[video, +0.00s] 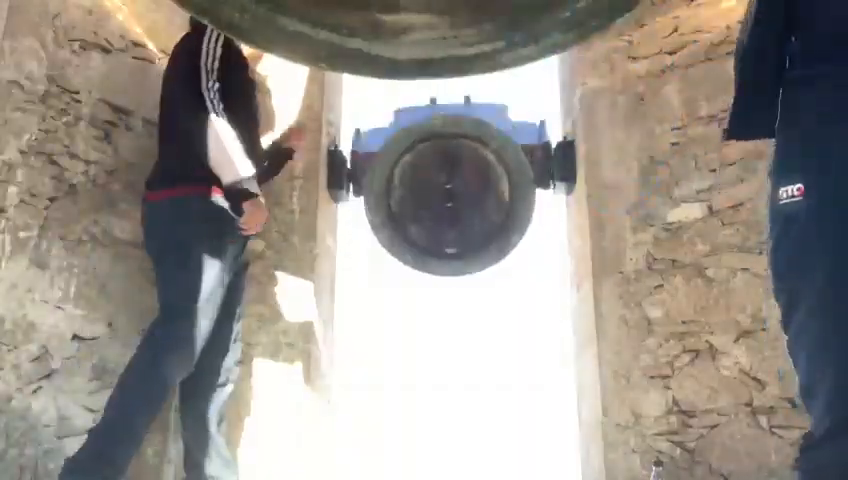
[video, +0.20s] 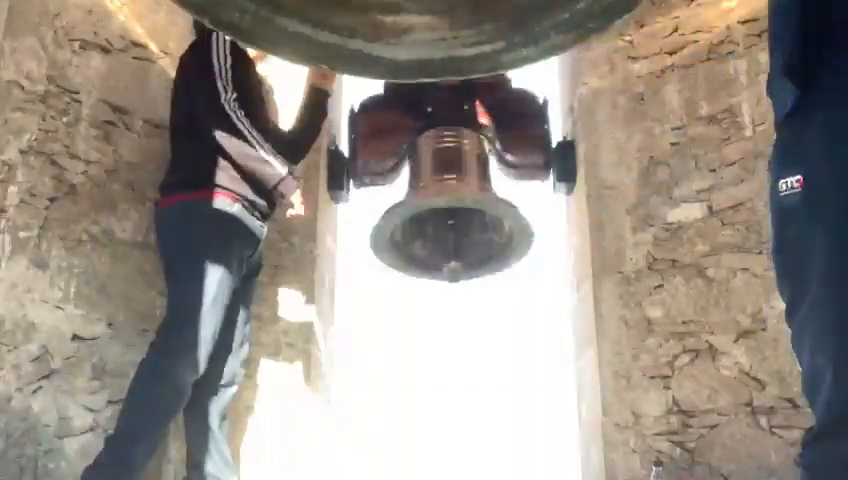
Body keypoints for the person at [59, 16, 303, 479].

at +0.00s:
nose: (267, 31)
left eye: (269, 25)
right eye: (264, 21)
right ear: (245, 12)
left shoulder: (238, 72)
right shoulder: (208, 37)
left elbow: (239, 174)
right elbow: (207, 116)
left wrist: (281, 153)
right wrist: (248, 190)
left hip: (226, 217)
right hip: (191, 205)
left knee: (216, 370)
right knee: (179, 345)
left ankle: (212, 471)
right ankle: (91, 470)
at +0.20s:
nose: (277, 37)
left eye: (279, 31)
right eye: (273, 26)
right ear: (251, 18)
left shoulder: (250, 82)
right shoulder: (216, 41)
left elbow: (290, 152)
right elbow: (221, 116)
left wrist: (320, 91)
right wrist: (280, 182)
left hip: (245, 227)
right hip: (207, 212)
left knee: (222, 375)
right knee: (184, 359)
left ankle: (214, 473)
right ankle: (112, 471)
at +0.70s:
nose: (291, 46)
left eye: (293, 38)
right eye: (287, 35)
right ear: (263, 27)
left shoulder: (266, 87)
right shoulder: (232, 56)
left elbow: (312, 124)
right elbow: (231, 133)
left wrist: (355, 74)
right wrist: (260, 217)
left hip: (250, 224)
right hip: (213, 215)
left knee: (227, 374)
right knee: (185, 358)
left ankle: (217, 473)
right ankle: (116, 470)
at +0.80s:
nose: (305, 58)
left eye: (308, 50)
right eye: (303, 46)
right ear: (283, 38)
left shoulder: (267, 87)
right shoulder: (246, 61)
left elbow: (296, 150)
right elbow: (236, 136)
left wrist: (351, 119)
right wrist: (253, 215)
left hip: (238, 221)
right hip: (205, 213)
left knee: (224, 372)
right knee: (181, 356)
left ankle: (216, 472)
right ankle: (115, 469)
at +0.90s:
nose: (315, 66)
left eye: (318, 57)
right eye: (314, 54)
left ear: (290, 49)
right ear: (292, 44)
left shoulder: (271, 96)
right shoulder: (253, 64)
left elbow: (290, 161)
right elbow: (237, 138)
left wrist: (345, 166)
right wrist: (252, 221)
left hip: (228, 222)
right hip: (196, 212)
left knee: (216, 370)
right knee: (177, 349)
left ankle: (213, 471)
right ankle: (110, 470)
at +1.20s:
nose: (289, 54)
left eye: (292, 44)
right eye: (284, 39)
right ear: (257, 31)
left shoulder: (255, 90)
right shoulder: (223, 60)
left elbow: (275, 170)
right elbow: (231, 140)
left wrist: (333, 185)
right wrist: (282, 215)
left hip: (229, 235)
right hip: (191, 219)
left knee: (216, 378)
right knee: (169, 359)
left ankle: (213, 472)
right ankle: (118, 470)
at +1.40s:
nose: (276, 48)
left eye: (279, 38)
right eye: (271, 34)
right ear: (242, 26)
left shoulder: (245, 84)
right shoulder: (217, 54)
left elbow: (262, 163)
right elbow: (221, 136)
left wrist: (311, 129)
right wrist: (277, 202)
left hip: (225, 232)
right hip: (188, 220)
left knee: (215, 376)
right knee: (164, 358)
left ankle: (212, 472)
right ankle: (119, 470)